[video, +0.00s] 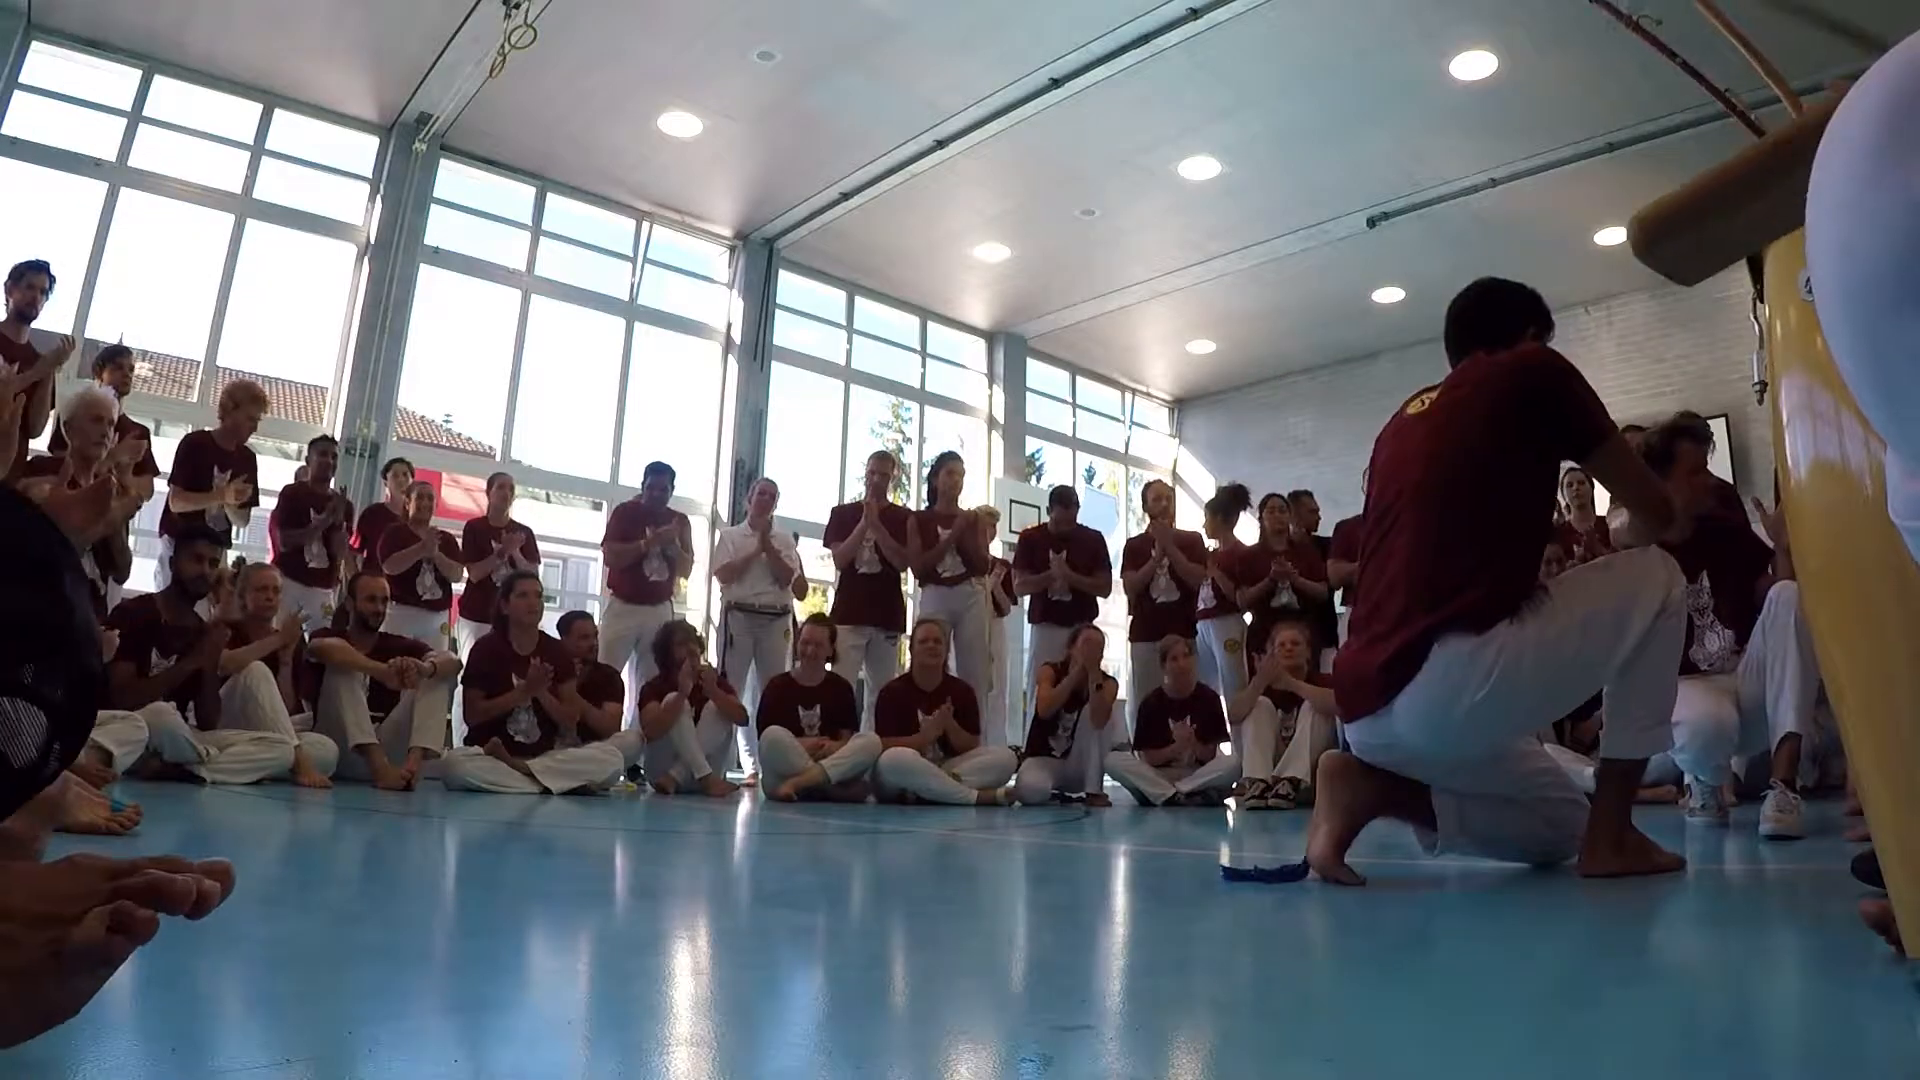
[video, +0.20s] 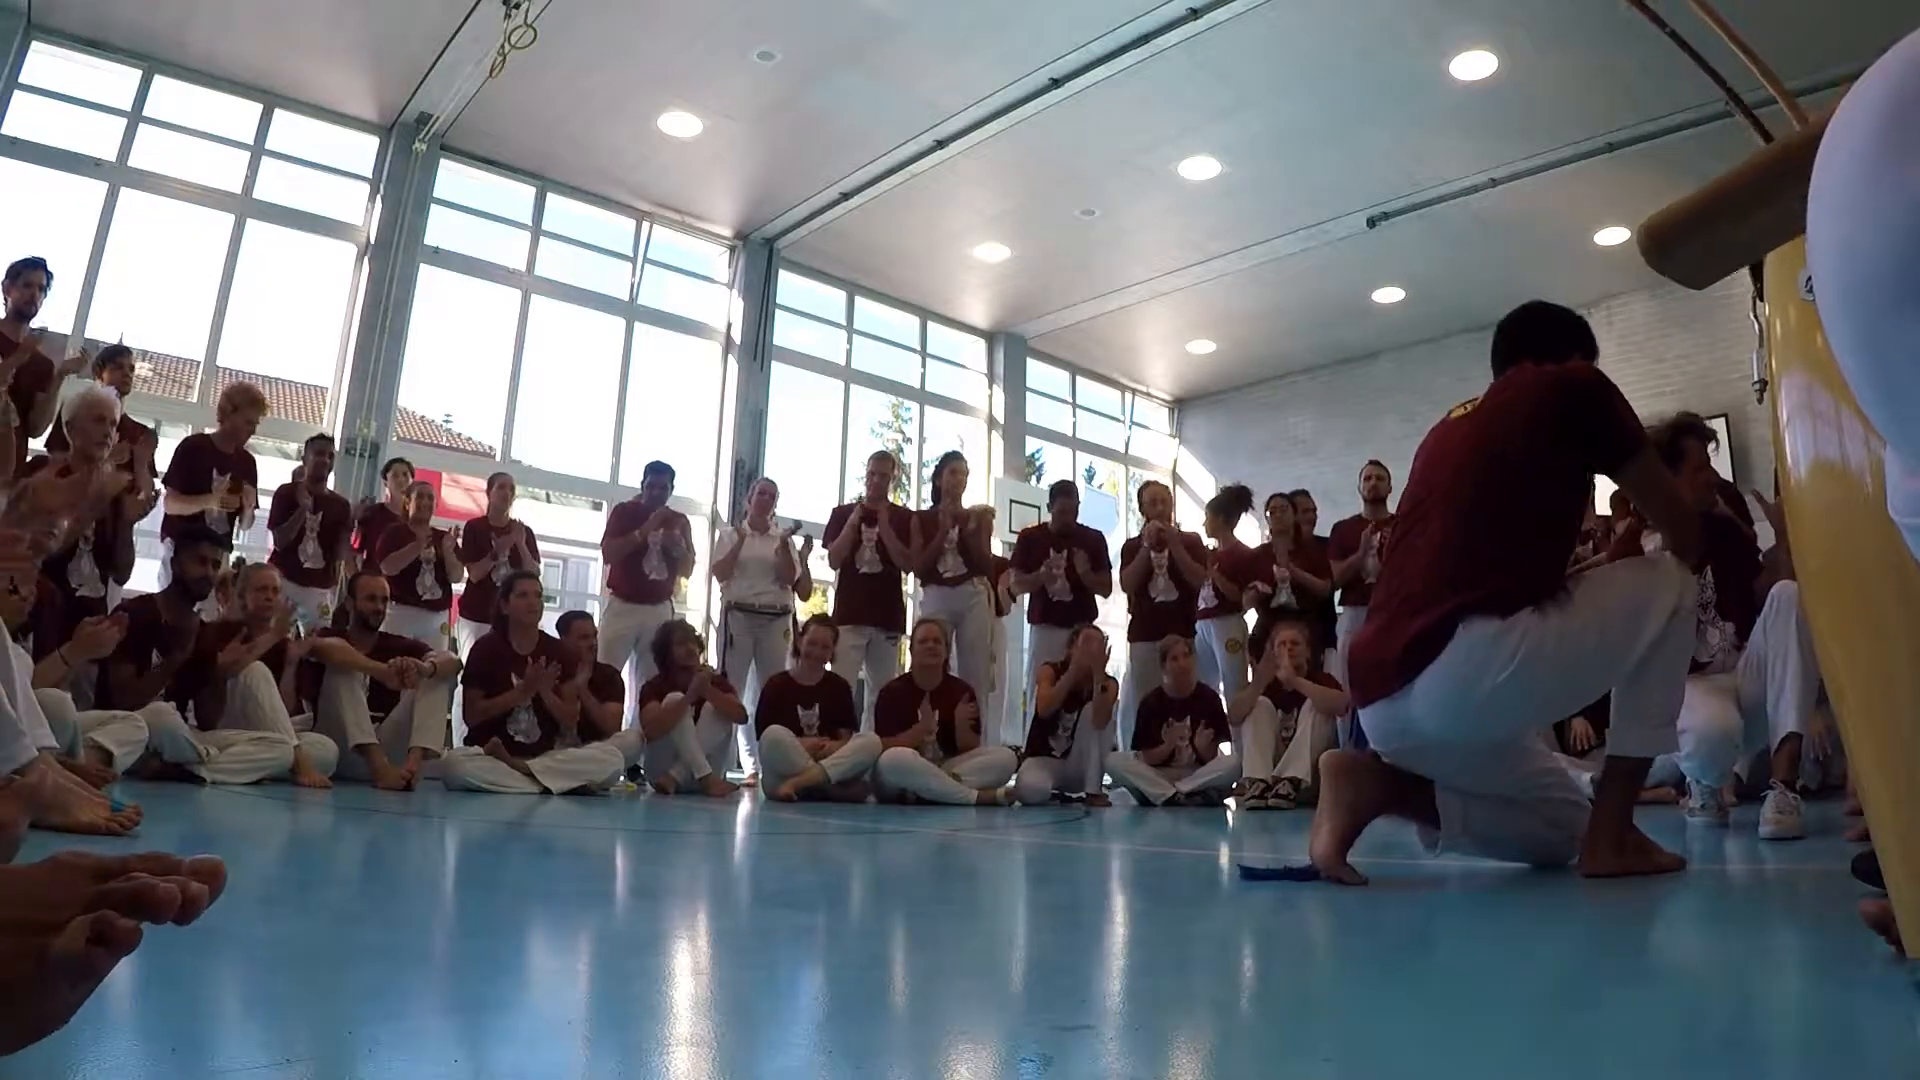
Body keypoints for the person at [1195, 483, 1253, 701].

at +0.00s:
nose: (1204, 523)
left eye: (1207, 518)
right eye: (1204, 517)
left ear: (1222, 519)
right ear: (1223, 520)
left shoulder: (1240, 552)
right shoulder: (1213, 554)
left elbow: (1240, 597)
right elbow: (1207, 586)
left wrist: (1215, 572)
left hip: (1227, 620)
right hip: (1204, 621)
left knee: (1233, 685)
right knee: (1207, 684)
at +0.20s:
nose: (1204, 522)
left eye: (1207, 516)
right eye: (1205, 516)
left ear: (1222, 519)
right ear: (1220, 519)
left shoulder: (1243, 553)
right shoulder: (1212, 555)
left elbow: (1240, 596)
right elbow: (1204, 585)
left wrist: (1216, 576)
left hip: (1228, 622)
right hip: (1203, 623)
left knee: (1235, 690)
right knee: (1205, 689)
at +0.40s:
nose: (1203, 521)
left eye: (1207, 516)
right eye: (1204, 515)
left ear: (1225, 519)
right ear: (1219, 520)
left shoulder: (1243, 554)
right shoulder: (1209, 555)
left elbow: (1242, 600)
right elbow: (1202, 587)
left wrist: (1211, 579)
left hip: (1228, 623)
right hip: (1202, 624)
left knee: (1234, 691)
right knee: (1205, 690)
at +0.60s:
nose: (1202, 520)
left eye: (1206, 515)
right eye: (1203, 515)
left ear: (1225, 519)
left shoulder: (1242, 554)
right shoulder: (1207, 557)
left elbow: (1241, 599)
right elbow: (1201, 589)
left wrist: (1210, 580)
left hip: (1227, 623)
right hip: (1201, 624)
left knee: (1234, 693)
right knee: (1205, 692)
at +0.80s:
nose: (1203, 521)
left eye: (1208, 515)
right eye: (1204, 515)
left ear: (1228, 519)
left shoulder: (1242, 554)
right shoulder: (1207, 558)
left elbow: (1242, 598)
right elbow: (1196, 586)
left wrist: (1209, 579)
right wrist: (1179, 553)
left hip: (1227, 622)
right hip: (1201, 623)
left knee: (1233, 690)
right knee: (1205, 690)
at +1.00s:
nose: (1205, 522)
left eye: (1210, 516)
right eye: (1205, 516)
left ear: (1230, 519)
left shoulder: (1241, 554)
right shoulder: (1206, 558)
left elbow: (1242, 596)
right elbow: (1196, 586)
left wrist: (1210, 578)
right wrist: (1180, 554)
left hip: (1227, 622)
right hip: (1201, 624)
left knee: (1233, 692)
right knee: (1205, 691)